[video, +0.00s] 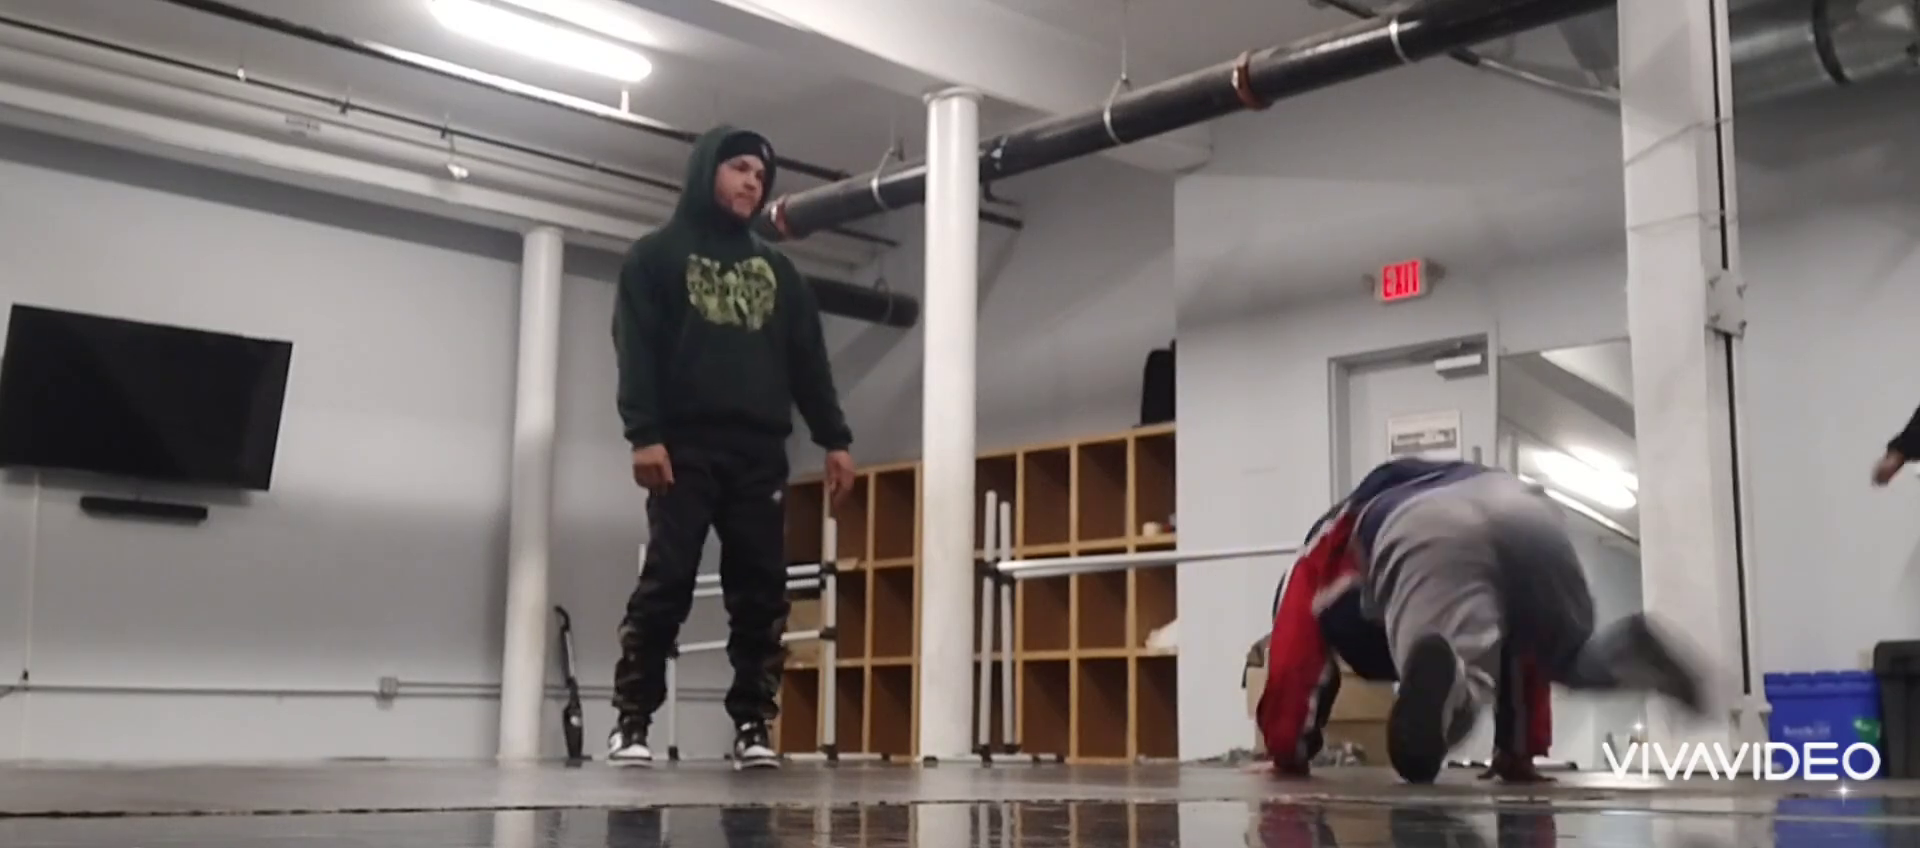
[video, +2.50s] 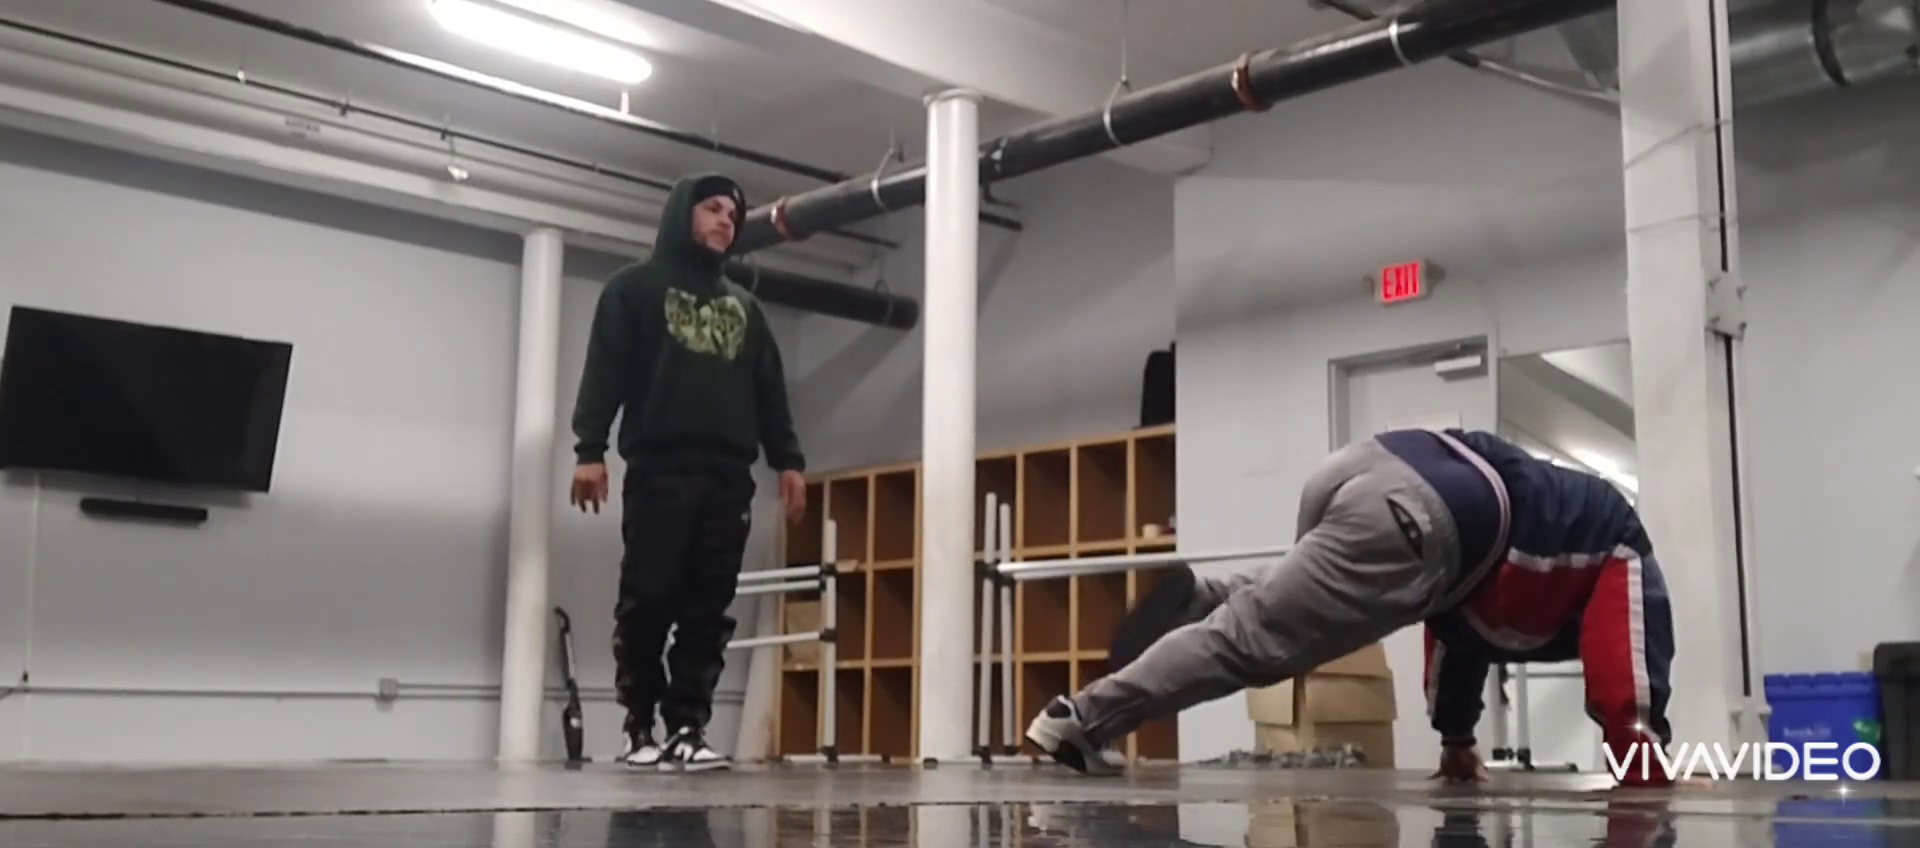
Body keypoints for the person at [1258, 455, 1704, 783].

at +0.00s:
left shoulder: (1324, 557)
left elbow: (1293, 662)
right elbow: (1521, 644)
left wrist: (1288, 759)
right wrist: (1514, 762)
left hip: (1422, 516)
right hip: (1510, 492)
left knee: (1450, 671)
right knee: (1569, 651)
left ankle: (1430, 717)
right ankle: (1637, 656)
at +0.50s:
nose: (1324, 500)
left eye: (1326, 492)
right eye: (1325, 498)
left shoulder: (1381, 424)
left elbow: (1280, 437)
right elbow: (1498, 652)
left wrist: (1218, 490)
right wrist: (1520, 752)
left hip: (1435, 533)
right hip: (1466, 618)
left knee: (1261, 553)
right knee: (1289, 657)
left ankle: (1356, 704)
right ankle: (1203, 724)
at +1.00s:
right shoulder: (1506, 539)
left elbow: (1334, 639)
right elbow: (1518, 650)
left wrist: (1331, 747)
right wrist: (1518, 755)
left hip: (1320, 492)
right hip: (1398, 508)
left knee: (1289, 684)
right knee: (1278, 627)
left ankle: (1209, 588)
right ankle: (1125, 701)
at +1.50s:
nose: (1501, 646)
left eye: (1512, 633)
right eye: (1513, 631)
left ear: (1497, 597)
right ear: (1522, 586)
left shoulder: (1420, 600)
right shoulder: (1508, 537)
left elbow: (1353, 649)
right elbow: (1512, 652)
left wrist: (1350, 743)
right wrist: (1523, 755)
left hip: (1315, 572)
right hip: (1309, 498)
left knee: (1278, 672)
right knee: (1213, 599)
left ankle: (1138, 671)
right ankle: (1078, 697)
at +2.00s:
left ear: (1493, 604)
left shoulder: (1420, 582)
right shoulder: (1533, 530)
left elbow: (1380, 642)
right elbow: (1539, 652)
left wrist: (1413, 731)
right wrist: (1569, 756)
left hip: (1280, 434)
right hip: (1348, 460)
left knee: (1240, 586)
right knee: (1224, 606)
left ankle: (1122, 563)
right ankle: (1073, 715)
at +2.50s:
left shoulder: (1506, 575)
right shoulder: (1624, 547)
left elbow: (1454, 645)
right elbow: (1618, 680)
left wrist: (1457, 751)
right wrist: (1645, 764)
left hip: (1351, 463)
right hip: (1419, 516)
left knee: (1323, 591)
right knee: (1244, 640)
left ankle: (1211, 597)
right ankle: (1077, 720)